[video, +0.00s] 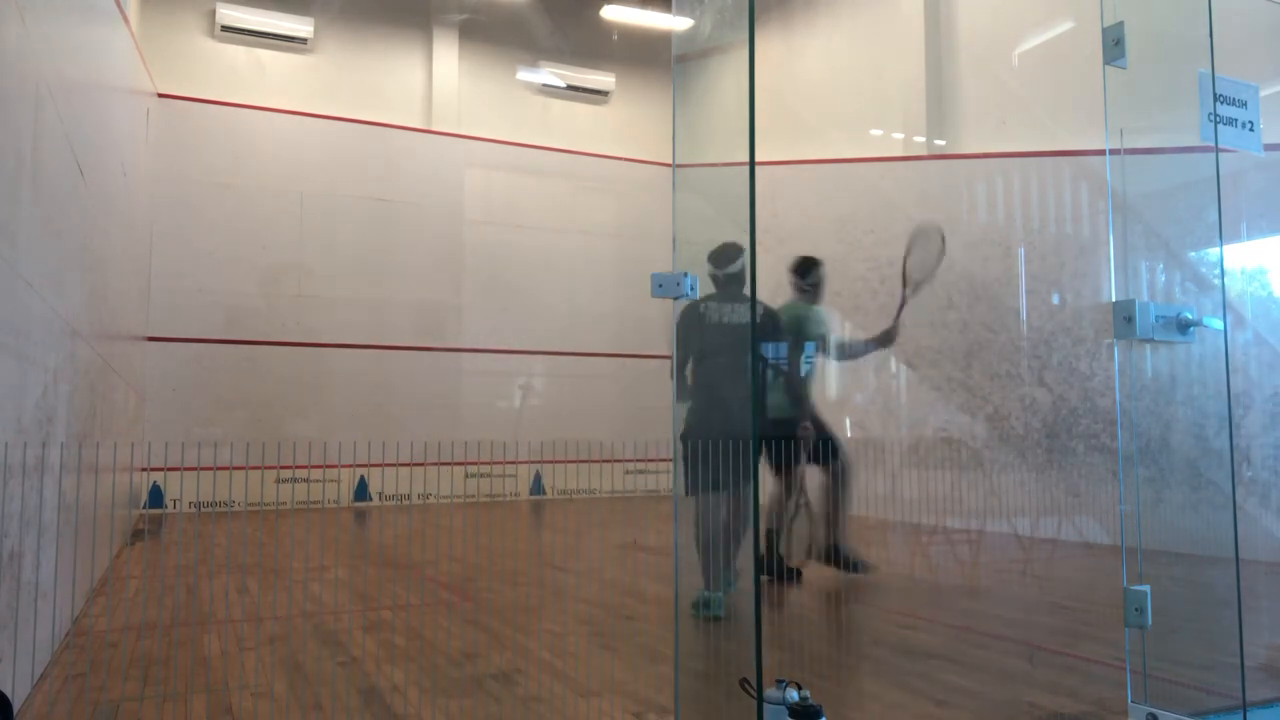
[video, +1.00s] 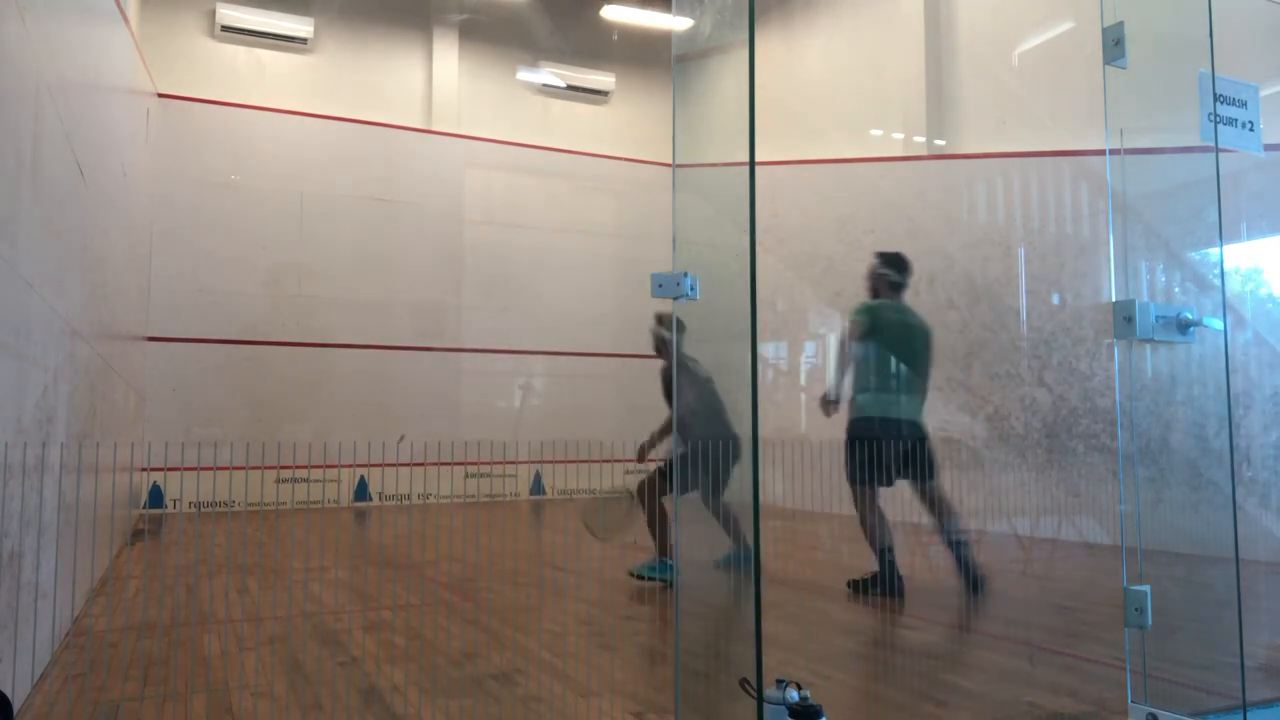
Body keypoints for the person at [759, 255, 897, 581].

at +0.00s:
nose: (818, 288)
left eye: (815, 282)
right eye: (817, 283)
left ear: (793, 282)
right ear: (818, 283)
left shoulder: (780, 315)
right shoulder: (808, 317)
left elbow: (835, 351)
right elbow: (791, 374)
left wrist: (876, 342)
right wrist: (805, 416)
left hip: (771, 416)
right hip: (795, 414)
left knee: (788, 480)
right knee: (837, 466)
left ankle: (771, 555)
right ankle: (832, 546)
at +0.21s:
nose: (890, 307)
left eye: (889, 300)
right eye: (887, 301)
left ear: (859, 301)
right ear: (881, 302)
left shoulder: (840, 332)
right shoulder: (870, 334)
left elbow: (814, 352)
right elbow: (910, 355)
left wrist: (805, 389)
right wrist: (935, 322)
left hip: (835, 441)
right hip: (865, 441)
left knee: (836, 506)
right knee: (921, 494)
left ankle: (782, 548)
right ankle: (963, 570)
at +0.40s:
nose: (959, 326)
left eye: (959, 319)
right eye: (956, 319)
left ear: (930, 318)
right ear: (946, 318)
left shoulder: (908, 347)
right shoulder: (926, 348)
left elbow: (870, 361)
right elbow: (968, 361)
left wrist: (831, 379)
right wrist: (1001, 326)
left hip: (890, 454)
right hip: (904, 454)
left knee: (874, 520)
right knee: (986, 492)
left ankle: (816, 563)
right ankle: (982, 573)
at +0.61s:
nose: (984, 312)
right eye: (984, 308)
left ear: (951, 308)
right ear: (982, 313)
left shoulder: (918, 336)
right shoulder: (981, 360)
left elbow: (869, 361)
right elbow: (1014, 408)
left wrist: (849, 395)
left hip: (889, 441)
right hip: (932, 444)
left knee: (876, 497)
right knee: (994, 492)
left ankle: (843, 563)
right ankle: (982, 573)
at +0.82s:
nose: (927, 294)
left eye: (927, 288)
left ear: (926, 292)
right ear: (957, 297)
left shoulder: (905, 323)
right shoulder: (967, 339)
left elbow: (867, 348)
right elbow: (957, 388)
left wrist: (845, 393)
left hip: (893, 433)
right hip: (940, 434)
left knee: (867, 491)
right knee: (987, 491)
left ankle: (870, 565)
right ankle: (990, 574)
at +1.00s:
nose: (867, 281)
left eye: (870, 276)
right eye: (870, 275)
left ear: (878, 281)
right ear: (902, 284)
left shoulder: (868, 311)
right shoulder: (919, 326)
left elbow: (848, 345)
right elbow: (920, 383)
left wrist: (834, 390)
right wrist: (906, 417)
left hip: (868, 428)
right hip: (909, 429)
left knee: (866, 502)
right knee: (933, 496)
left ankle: (888, 575)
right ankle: (968, 567)